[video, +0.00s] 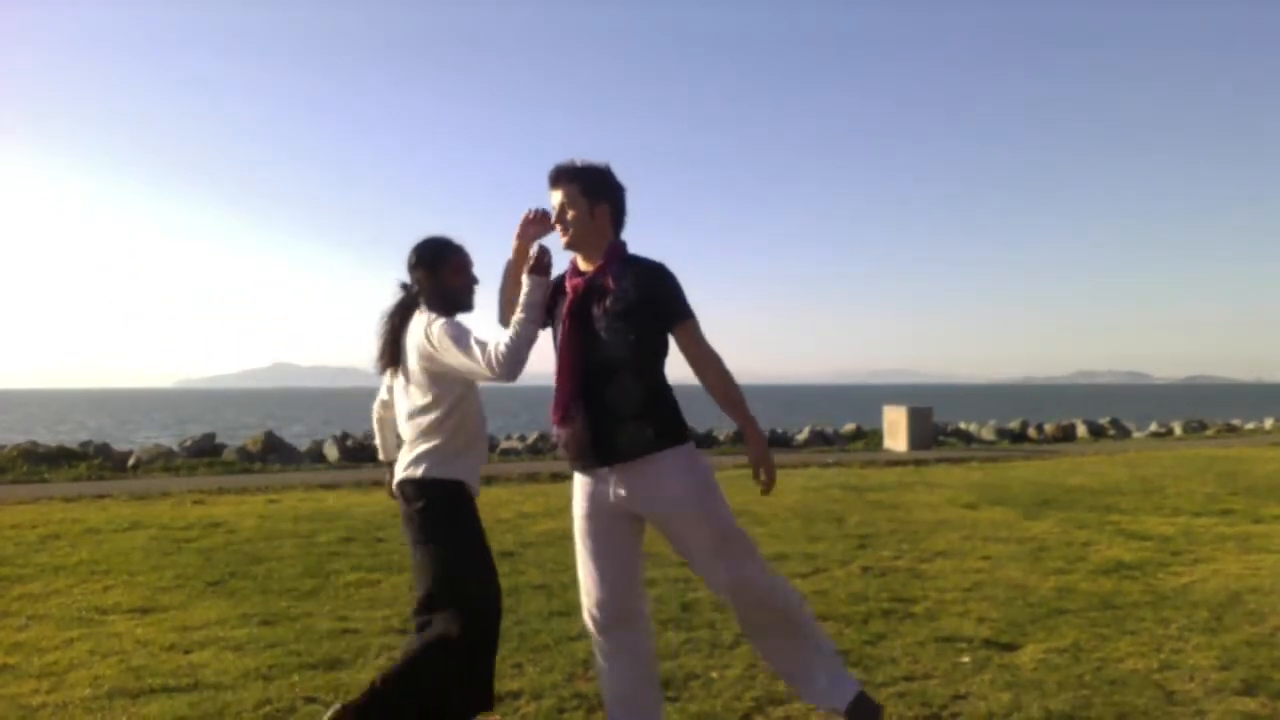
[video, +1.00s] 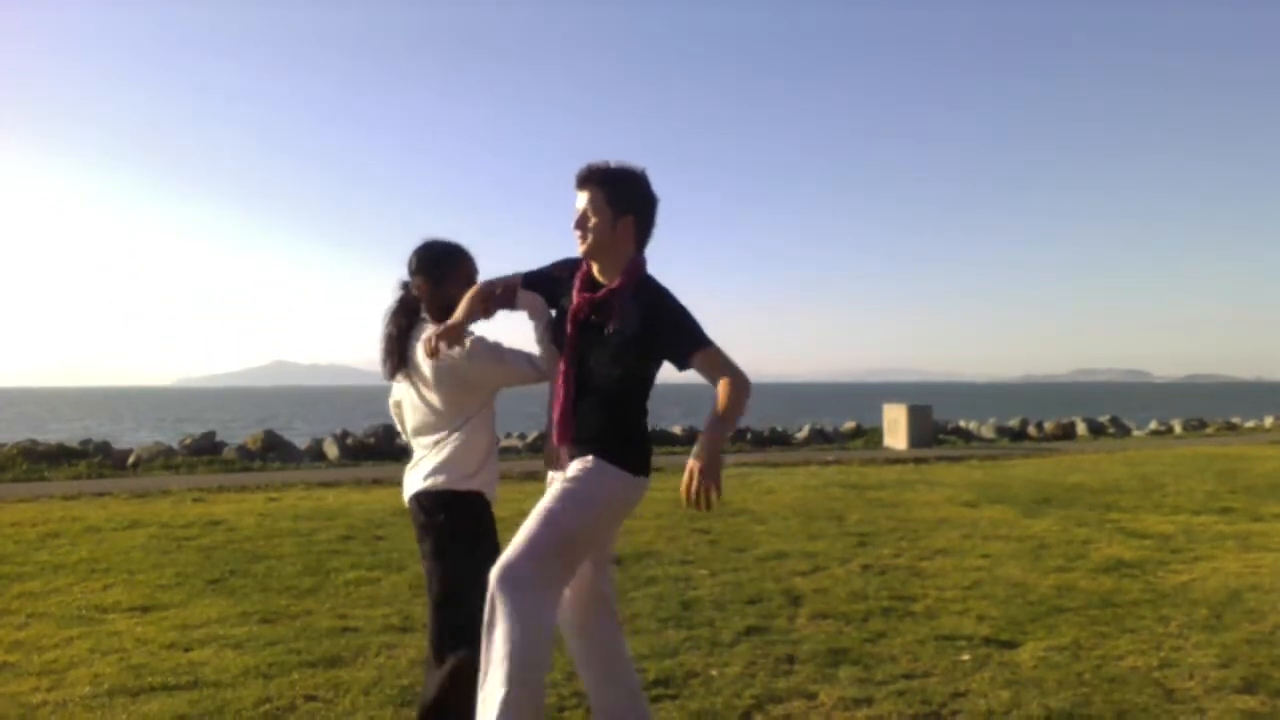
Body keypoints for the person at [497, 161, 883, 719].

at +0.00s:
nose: (556, 220)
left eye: (567, 210)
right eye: (554, 212)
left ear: (605, 212)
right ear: (557, 219)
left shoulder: (646, 277)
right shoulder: (558, 287)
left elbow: (700, 357)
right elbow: (510, 317)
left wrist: (750, 430)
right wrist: (520, 249)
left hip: (662, 462)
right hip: (593, 473)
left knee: (743, 581)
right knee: (607, 618)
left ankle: (844, 696)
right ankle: (632, 715)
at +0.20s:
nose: (556, 219)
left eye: (566, 209)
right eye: (554, 211)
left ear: (605, 213)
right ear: (560, 219)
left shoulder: (647, 280)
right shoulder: (558, 285)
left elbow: (708, 357)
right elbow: (516, 299)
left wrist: (766, 423)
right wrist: (514, 234)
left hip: (645, 462)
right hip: (580, 473)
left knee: (689, 577)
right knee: (595, 614)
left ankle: (762, 707)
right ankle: (624, 714)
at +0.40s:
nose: (562, 220)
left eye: (573, 210)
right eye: (560, 211)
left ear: (612, 216)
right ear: (563, 220)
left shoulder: (651, 286)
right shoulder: (563, 284)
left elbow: (717, 360)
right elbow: (517, 294)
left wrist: (778, 424)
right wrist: (517, 238)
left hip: (636, 451)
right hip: (578, 461)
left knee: (607, 555)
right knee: (583, 593)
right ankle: (628, 710)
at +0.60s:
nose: (563, 215)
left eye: (575, 206)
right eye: (564, 207)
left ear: (612, 216)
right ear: (580, 216)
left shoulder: (648, 288)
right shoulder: (560, 282)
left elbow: (720, 358)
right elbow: (517, 284)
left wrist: (786, 421)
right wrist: (506, 245)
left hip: (635, 453)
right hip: (581, 458)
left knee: (551, 546)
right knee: (597, 622)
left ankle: (450, 693)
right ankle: (628, 713)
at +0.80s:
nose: (568, 221)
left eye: (580, 212)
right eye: (569, 212)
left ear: (618, 221)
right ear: (587, 221)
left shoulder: (652, 296)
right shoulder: (564, 281)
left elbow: (732, 364)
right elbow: (504, 286)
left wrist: (780, 438)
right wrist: (474, 269)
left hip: (625, 462)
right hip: (575, 461)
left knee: (522, 558)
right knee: (594, 622)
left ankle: (430, 711)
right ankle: (624, 714)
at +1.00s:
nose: (576, 224)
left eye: (588, 215)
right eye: (577, 214)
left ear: (627, 225)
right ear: (588, 221)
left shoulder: (651, 302)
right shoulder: (571, 278)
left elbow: (734, 383)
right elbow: (492, 290)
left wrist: (709, 446)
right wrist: (458, 322)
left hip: (610, 467)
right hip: (569, 463)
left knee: (515, 581)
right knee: (587, 614)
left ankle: (504, 713)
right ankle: (624, 714)